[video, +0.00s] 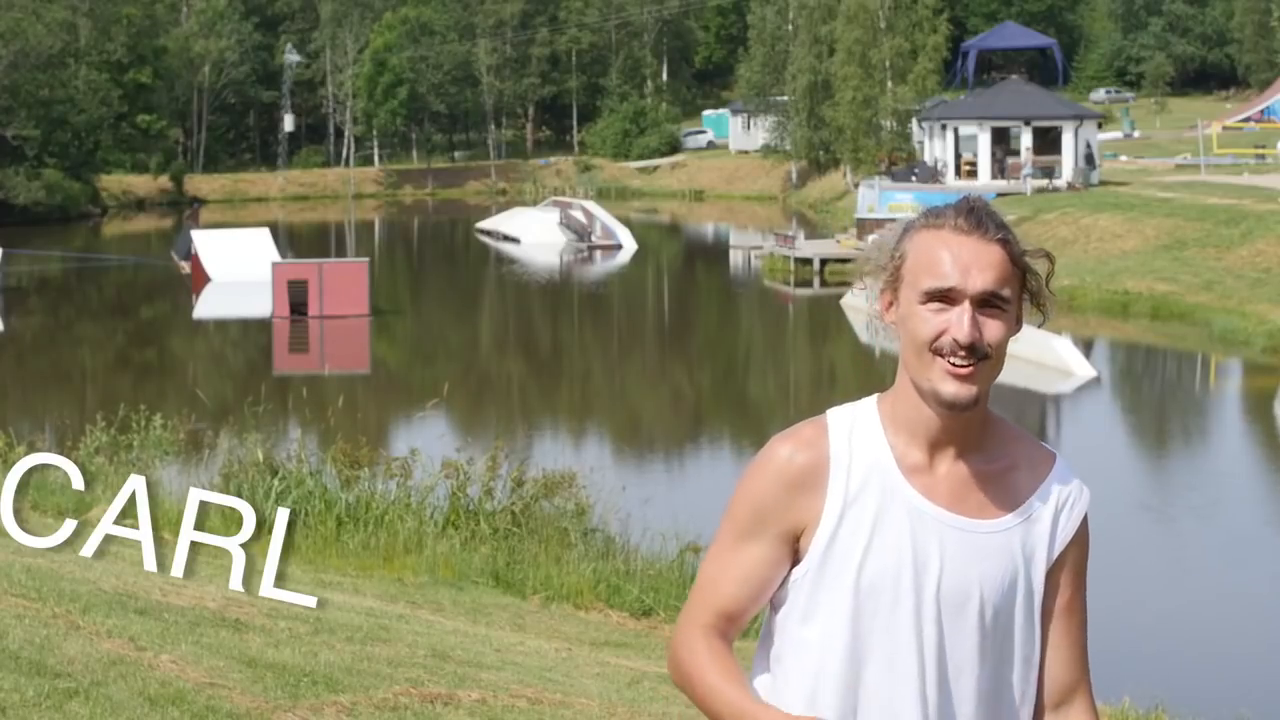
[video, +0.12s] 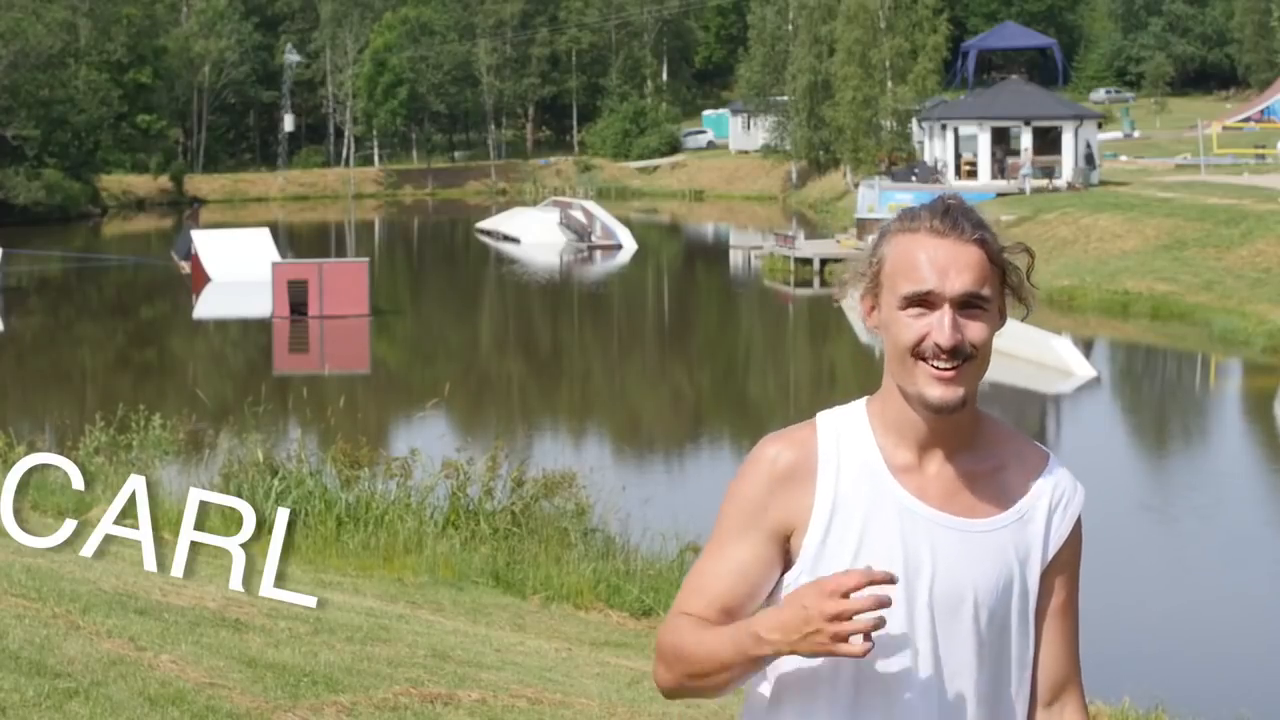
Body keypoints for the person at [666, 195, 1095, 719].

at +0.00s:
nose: (967, 331)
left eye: (992, 305)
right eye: (941, 300)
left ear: (1017, 321)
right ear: (890, 306)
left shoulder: (1053, 498)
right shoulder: (802, 465)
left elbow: (1065, 703)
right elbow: (695, 644)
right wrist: (767, 717)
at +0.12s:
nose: (948, 335)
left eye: (973, 306)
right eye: (920, 304)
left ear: (999, 319)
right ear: (872, 313)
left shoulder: (1046, 494)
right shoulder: (790, 468)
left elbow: (1057, 700)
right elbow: (673, 663)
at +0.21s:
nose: (917, 334)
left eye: (942, 304)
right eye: (889, 304)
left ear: (975, 311)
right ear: (847, 311)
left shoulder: (1038, 489)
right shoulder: (778, 461)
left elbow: (1052, 696)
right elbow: (660, 677)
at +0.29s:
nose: (894, 332)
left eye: (918, 302)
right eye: (865, 303)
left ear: (947, 308)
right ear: (820, 312)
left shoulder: (1023, 473)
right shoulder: (777, 466)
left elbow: (1067, 687)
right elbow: (659, 652)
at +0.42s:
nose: (863, 325)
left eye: (883, 295)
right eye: (830, 300)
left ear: (916, 298)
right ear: (790, 315)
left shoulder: (1008, 454)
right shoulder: (769, 459)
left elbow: (1104, 656)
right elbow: (658, 620)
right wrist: (739, 422)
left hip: (976, 708)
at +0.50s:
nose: (845, 323)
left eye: (868, 293)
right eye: (814, 298)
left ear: (902, 298)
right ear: (774, 310)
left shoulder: (994, 443)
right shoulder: (757, 457)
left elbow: (1116, 636)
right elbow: (653, 624)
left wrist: (1229, 713)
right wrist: (725, 421)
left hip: (974, 711)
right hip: (795, 711)